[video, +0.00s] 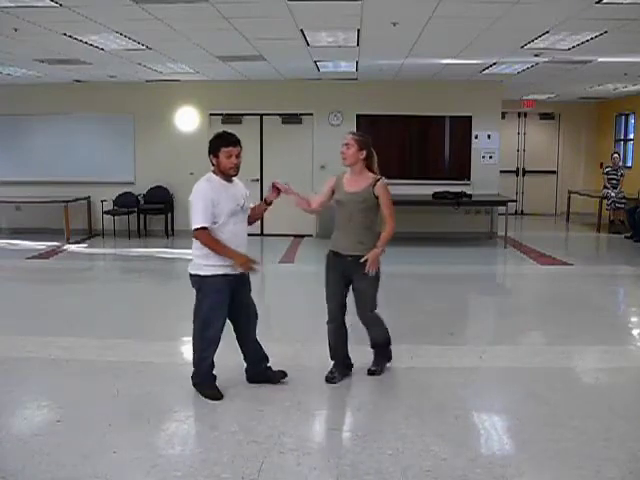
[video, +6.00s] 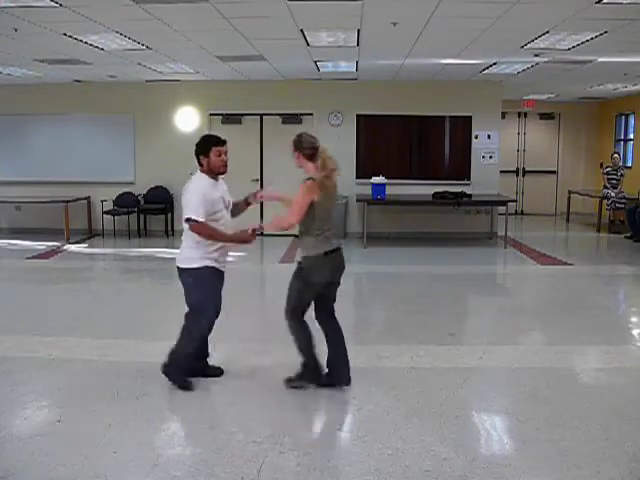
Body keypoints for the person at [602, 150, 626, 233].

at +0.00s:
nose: (615, 160)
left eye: (616, 158)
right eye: (613, 158)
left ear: (619, 160)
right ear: (611, 160)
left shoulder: (621, 170)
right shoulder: (607, 169)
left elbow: (621, 183)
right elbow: (605, 182)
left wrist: (617, 190)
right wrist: (611, 189)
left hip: (617, 188)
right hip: (608, 188)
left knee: (622, 196)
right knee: (611, 196)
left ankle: (621, 217)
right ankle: (611, 217)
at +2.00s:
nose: (615, 160)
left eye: (616, 158)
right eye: (613, 158)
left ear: (619, 160)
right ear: (611, 160)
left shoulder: (621, 171)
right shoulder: (607, 169)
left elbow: (621, 183)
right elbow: (605, 182)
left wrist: (617, 190)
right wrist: (611, 189)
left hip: (617, 188)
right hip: (608, 188)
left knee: (622, 196)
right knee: (612, 196)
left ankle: (621, 217)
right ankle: (611, 217)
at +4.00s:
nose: (615, 160)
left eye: (616, 158)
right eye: (613, 158)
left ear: (619, 160)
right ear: (611, 160)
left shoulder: (621, 170)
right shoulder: (606, 169)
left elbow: (621, 184)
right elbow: (605, 182)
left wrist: (617, 190)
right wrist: (611, 190)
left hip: (617, 188)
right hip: (608, 188)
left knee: (622, 196)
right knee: (611, 196)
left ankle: (621, 216)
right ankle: (611, 215)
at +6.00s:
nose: (615, 160)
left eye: (617, 158)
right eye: (613, 158)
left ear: (619, 160)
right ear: (611, 160)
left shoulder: (621, 170)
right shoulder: (606, 169)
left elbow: (621, 183)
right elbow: (605, 182)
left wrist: (617, 190)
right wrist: (611, 189)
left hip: (617, 188)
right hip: (608, 187)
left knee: (622, 196)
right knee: (611, 196)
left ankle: (621, 216)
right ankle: (611, 216)